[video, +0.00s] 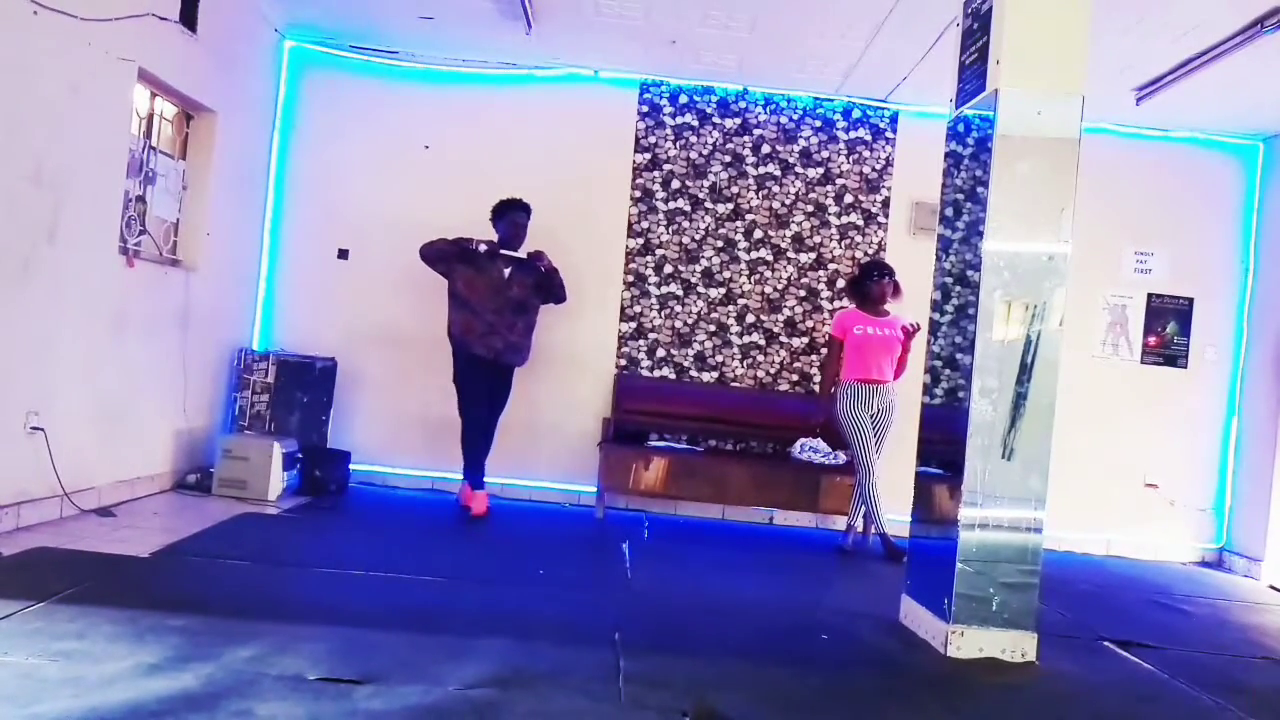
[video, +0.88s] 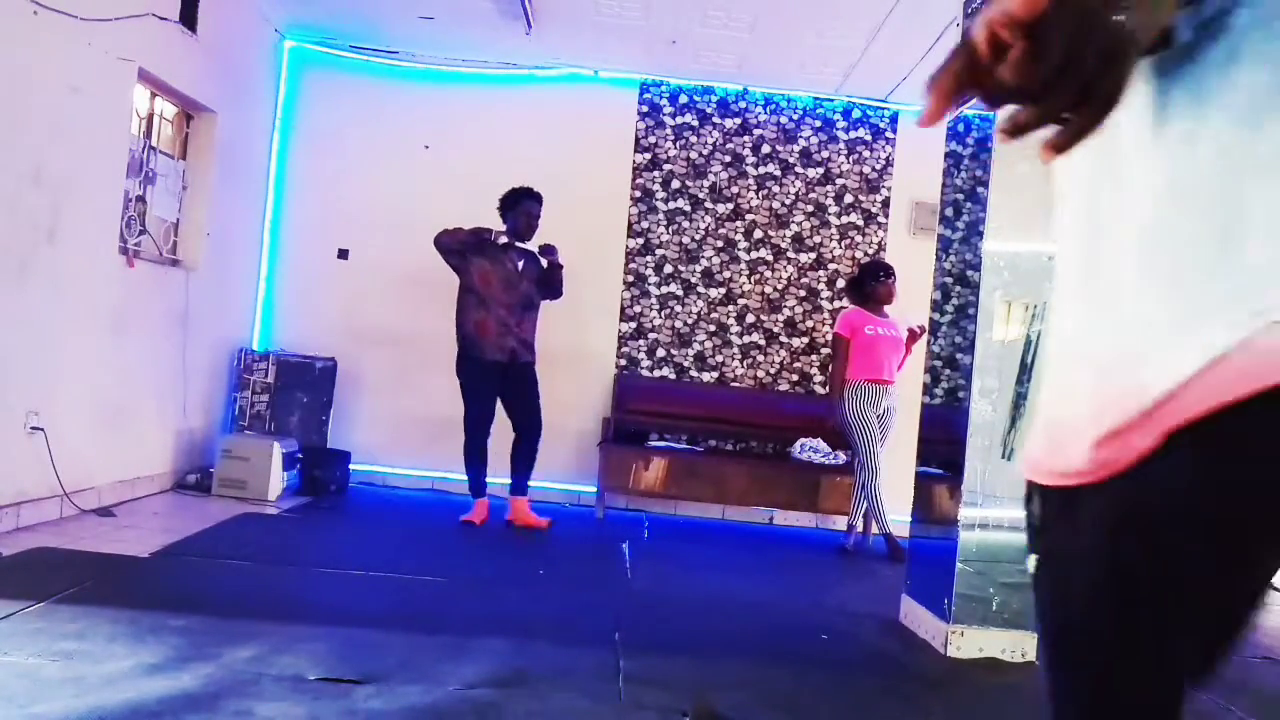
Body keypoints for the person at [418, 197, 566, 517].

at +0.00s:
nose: (519, 231)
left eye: (523, 225)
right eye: (513, 224)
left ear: (527, 229)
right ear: (497, 224)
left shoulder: (530, 271)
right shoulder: (467, 259)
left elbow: (558, 296)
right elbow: (428, 252)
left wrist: (547, 267)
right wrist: (469, 246)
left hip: (504, 359)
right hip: (469, 353)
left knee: (489, 420)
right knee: (473, 417)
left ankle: (469, 482)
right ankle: (477, 487)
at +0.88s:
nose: (534, 223)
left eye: (537, 217)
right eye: (528, 216)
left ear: (537, 221)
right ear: (508, 215)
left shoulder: (532, 263)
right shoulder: (476, 253)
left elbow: (553, 292)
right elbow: (442, 241)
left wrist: (553, 265)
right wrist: (478, 234)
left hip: (518, 361)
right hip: (477, 357)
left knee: (529, 427)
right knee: (477, 428)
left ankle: (519, 504)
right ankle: (479, 502)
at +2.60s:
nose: (473, 207)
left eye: (481, 202)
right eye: (468, 199)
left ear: (491, 205)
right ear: (456, 196)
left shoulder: (495, 253)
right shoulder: (422, 237)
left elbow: (526, 287)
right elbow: (370, 235)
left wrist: (518, 253)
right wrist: (419, 225)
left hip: (472, 359)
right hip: (424, 354)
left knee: (472, 437)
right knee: (426, 436)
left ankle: (463, 515)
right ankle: (431, 515)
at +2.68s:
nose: (472, 204)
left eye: (480, 198)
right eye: (466, 195)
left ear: (488, 202)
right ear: (453, 193)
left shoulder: (489, 252)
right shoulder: (416, 236)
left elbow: (522, 284)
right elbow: (365, 232)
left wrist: (515, 252)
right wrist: (414, 222)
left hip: (465, 357)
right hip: (419, 353)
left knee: (461, 436)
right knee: (423, 433)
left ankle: (448, 515)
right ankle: (430, 512)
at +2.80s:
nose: (464, 200)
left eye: (472, 194)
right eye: (458, 191)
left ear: (482, 198)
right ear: (447, 189)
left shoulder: (486, 248)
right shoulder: (413, 234)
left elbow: (521, 280)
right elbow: (361, 235)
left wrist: (514, 245)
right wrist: (405, 219)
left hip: (457, 353)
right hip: (413, 349)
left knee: (445, 428)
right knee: (419, 426)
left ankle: (431, 509)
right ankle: (429, 508)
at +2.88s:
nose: (460, 199)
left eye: (469, 193)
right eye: (455, 190)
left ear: (479, 196)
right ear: (444, 188)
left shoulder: (486, 247)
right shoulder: (412, 235)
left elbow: (522, 280)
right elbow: (358, 236)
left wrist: (514, 244)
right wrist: (403, 218)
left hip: (454, 353)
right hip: (411, 348)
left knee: (441, 426)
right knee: (415, 425)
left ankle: (427, 507)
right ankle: (428, 507)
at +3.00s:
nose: (454, 196)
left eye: (462, 190)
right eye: (449, 187)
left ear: (474, 193)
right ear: (438, 187)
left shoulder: (486, 244)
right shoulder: (407, 233)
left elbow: (525, 278)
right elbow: (355, 235)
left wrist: (510, 240)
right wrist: (396, 217)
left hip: (451, 351)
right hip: (407, 347)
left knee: (435, 426)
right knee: (411, 426)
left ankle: (422, 512)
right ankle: (428, 506)